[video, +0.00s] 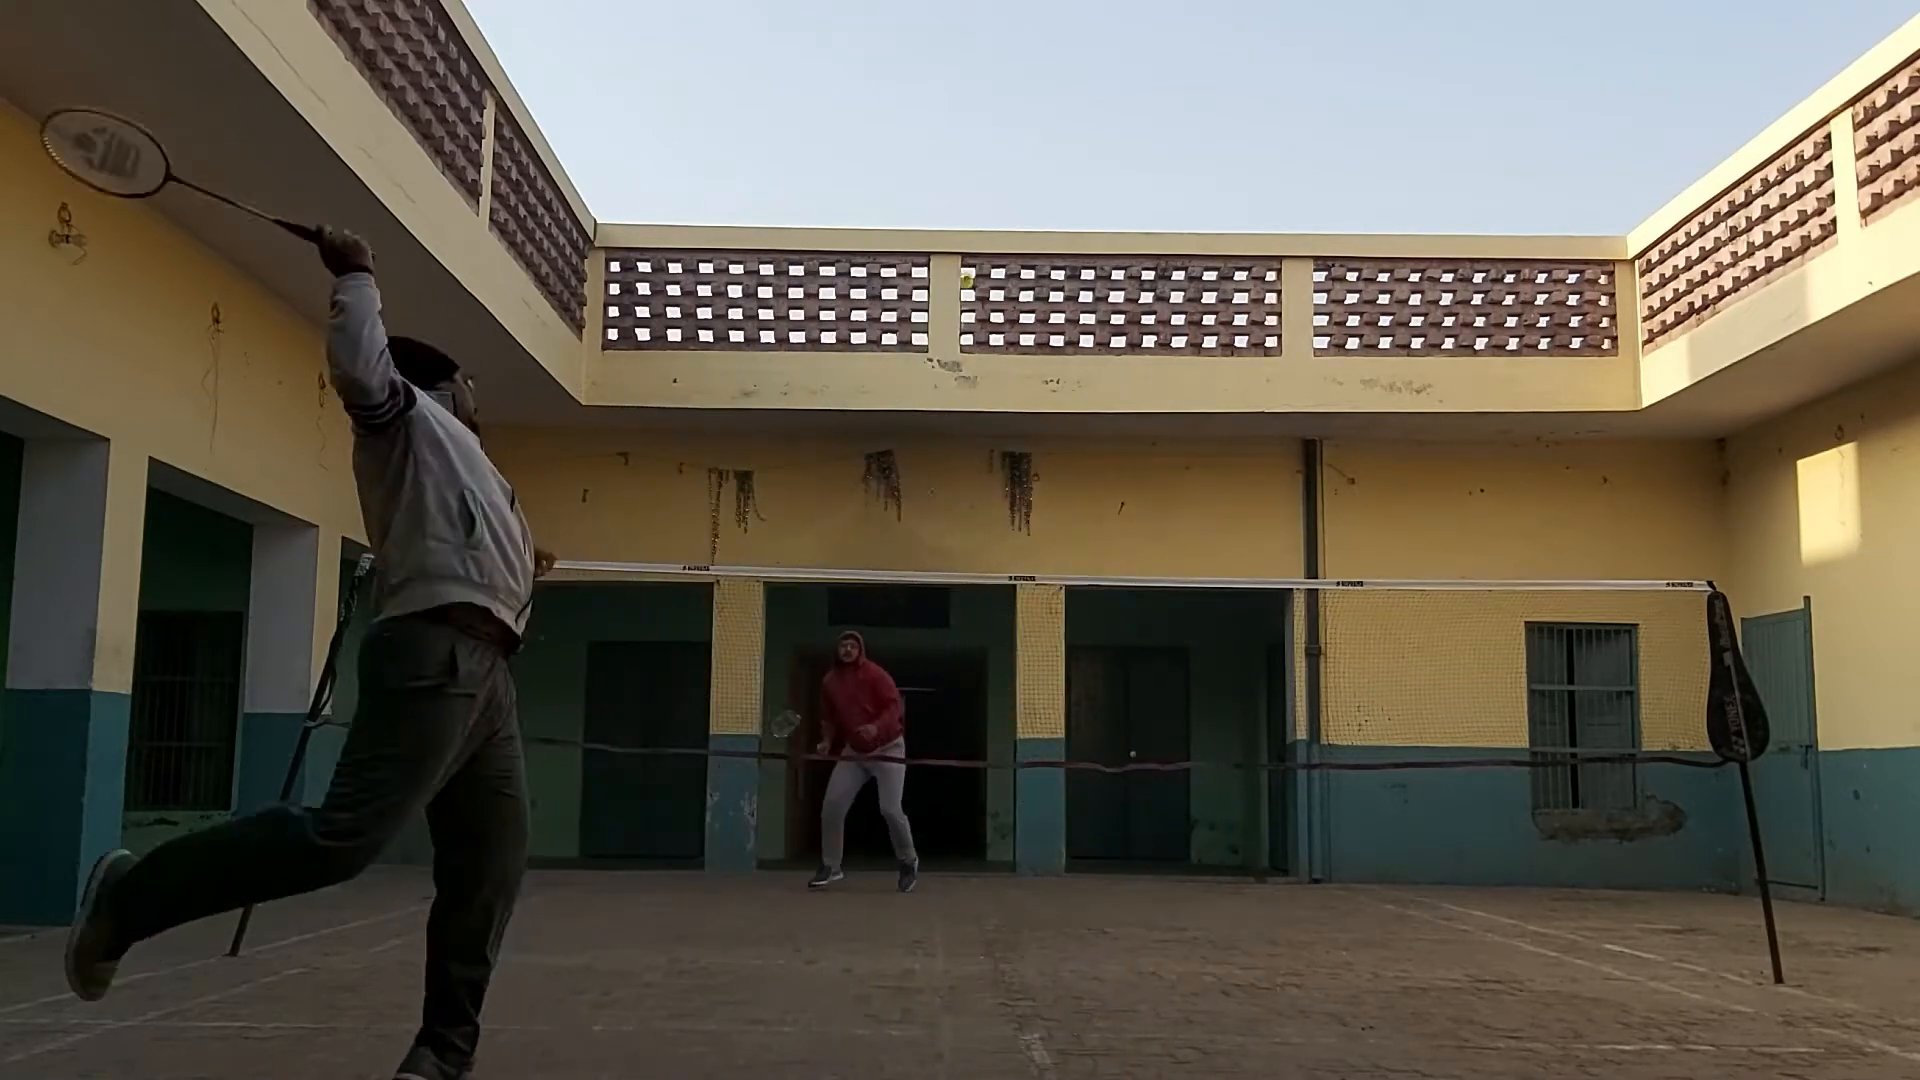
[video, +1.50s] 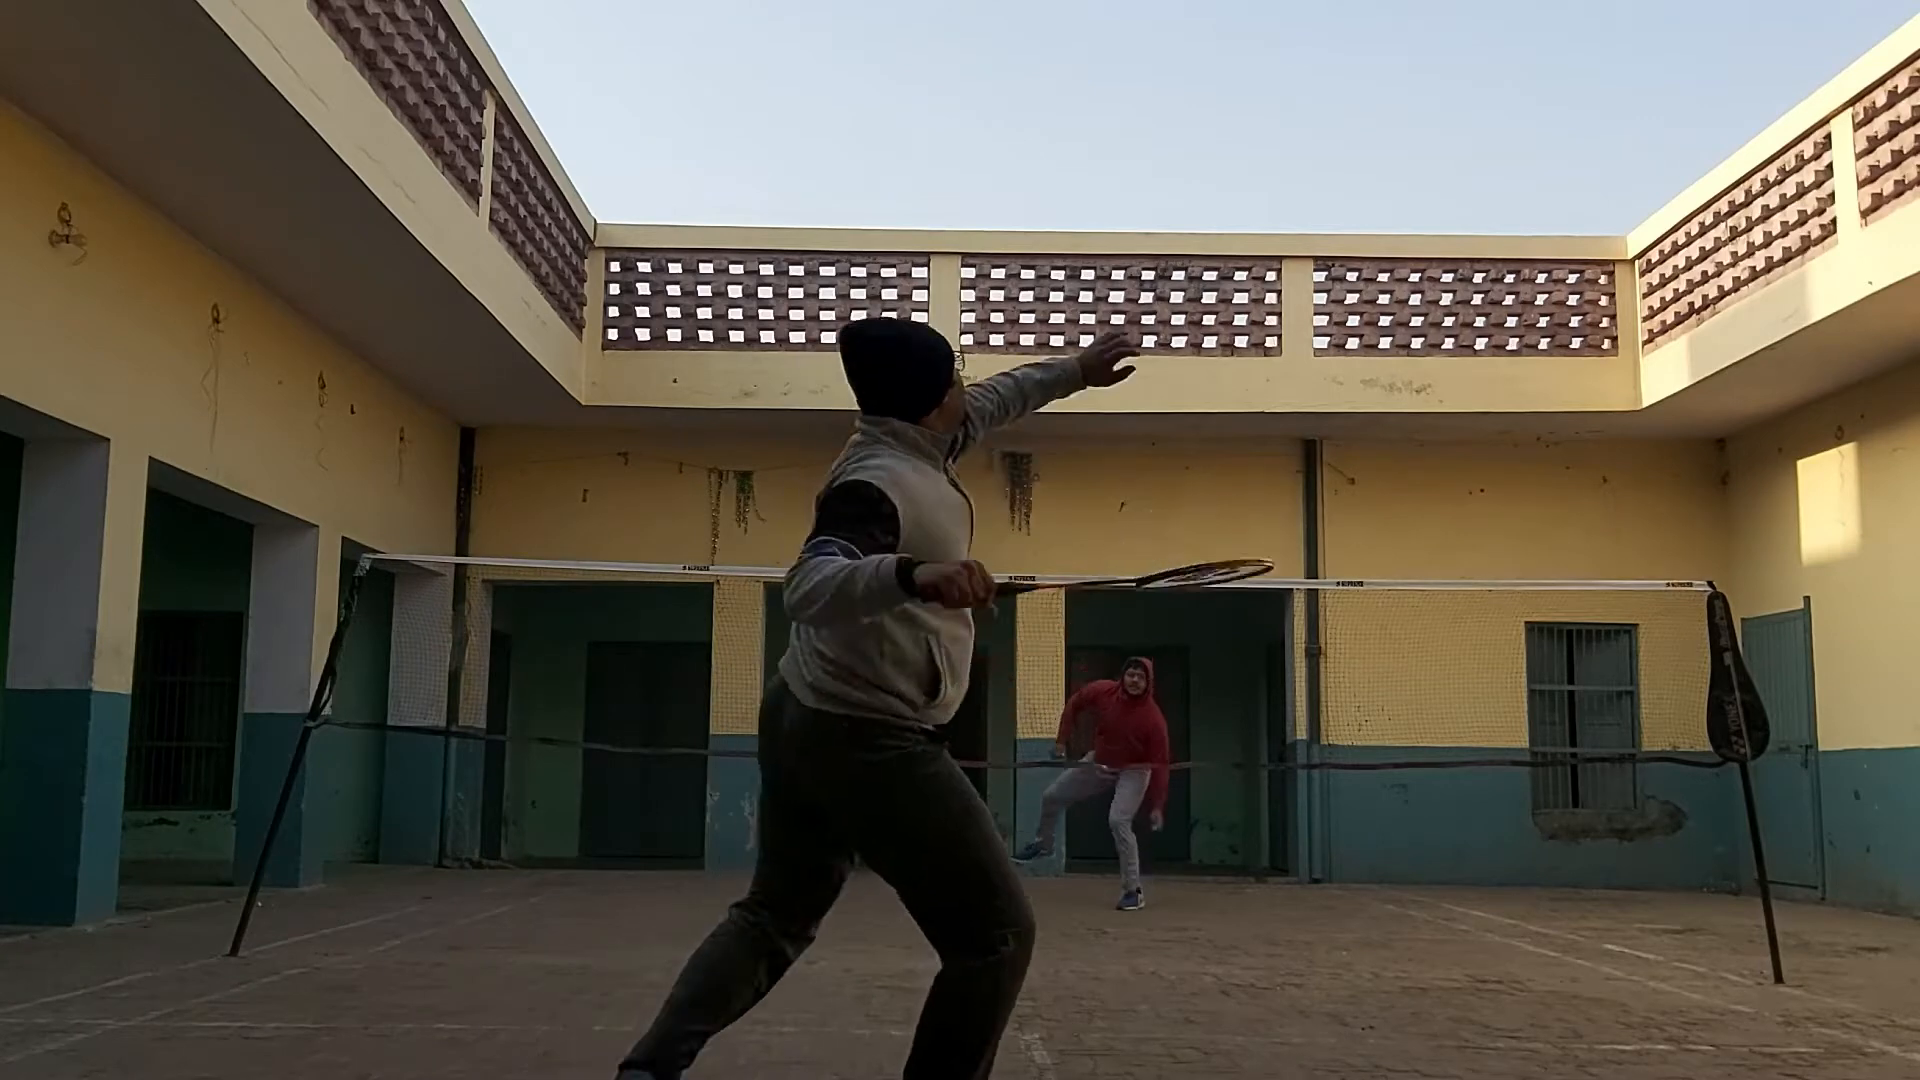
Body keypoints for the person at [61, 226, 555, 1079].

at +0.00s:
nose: (470, 389)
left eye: (466, 380)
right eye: (457, 378)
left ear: (430, 385)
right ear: (423, 380)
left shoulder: (478, 474)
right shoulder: (405, 419)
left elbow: (486, 568)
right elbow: (359, 365)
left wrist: (526, 567)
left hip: (487, 672)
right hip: (431, 651)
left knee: (488, 870)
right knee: (340, 843)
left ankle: (444, 1051)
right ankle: (124, 898)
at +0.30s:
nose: (471, 523)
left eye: (471, 507)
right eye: (468, 505)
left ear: (422, 495)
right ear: (442, 498)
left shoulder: (407, 571)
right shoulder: (362, 531)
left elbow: (357, 679)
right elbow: (265, 581)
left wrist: (422, 723)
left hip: (341, 781)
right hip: (275, 774)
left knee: (441, 879)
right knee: (200, 953)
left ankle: (428, 1064)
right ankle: (40, 1068)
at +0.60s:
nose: (562, 471)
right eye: (556, 458)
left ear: (476, 460)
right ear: (547, 461)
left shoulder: (429, 522)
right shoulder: (552, 515)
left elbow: (353, 630)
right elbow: (563, 622)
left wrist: (437, 670)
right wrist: (624, 702)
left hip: (387, 718)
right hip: (436, 733)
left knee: (495, 893)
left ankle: (433, 1065)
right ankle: (180, 1020)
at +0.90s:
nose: (714, 478)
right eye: (714, 467)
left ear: (635, 459)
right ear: (709, 465)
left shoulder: (572, 528)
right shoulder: (704, 519)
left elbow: (535, 632)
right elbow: (695, 618)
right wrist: (757, 711)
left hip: (536, 727)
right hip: (637, 723)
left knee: (536, 917)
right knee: (748, 901)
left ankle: (433, 1070)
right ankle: (844, 1067)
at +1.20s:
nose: (804, 505)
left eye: (800, 489)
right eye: (803, 489)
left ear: (727, 494)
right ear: (794, 494)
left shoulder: (691, 569)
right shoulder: (776, 567)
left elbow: (717, 674)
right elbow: (800, 694)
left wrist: (817, 648)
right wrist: (924, 708)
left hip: (667, 812)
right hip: (754, 808)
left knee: (632, 966)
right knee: (941, 928)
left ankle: (506, 1079)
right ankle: (916, 1075)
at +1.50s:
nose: (964, 393)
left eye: (958, 382)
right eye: (953, 383)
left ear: (890, 400)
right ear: (924, 401)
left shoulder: (916, 445)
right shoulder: (874, 479)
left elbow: (997, 399)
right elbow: (810, 585)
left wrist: (1079, 368)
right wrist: (912, 576)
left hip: (808, 722)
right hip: (872, 736)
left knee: (776, 913)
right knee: (996, 935)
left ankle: (651, 1063)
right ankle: (938, 1079)